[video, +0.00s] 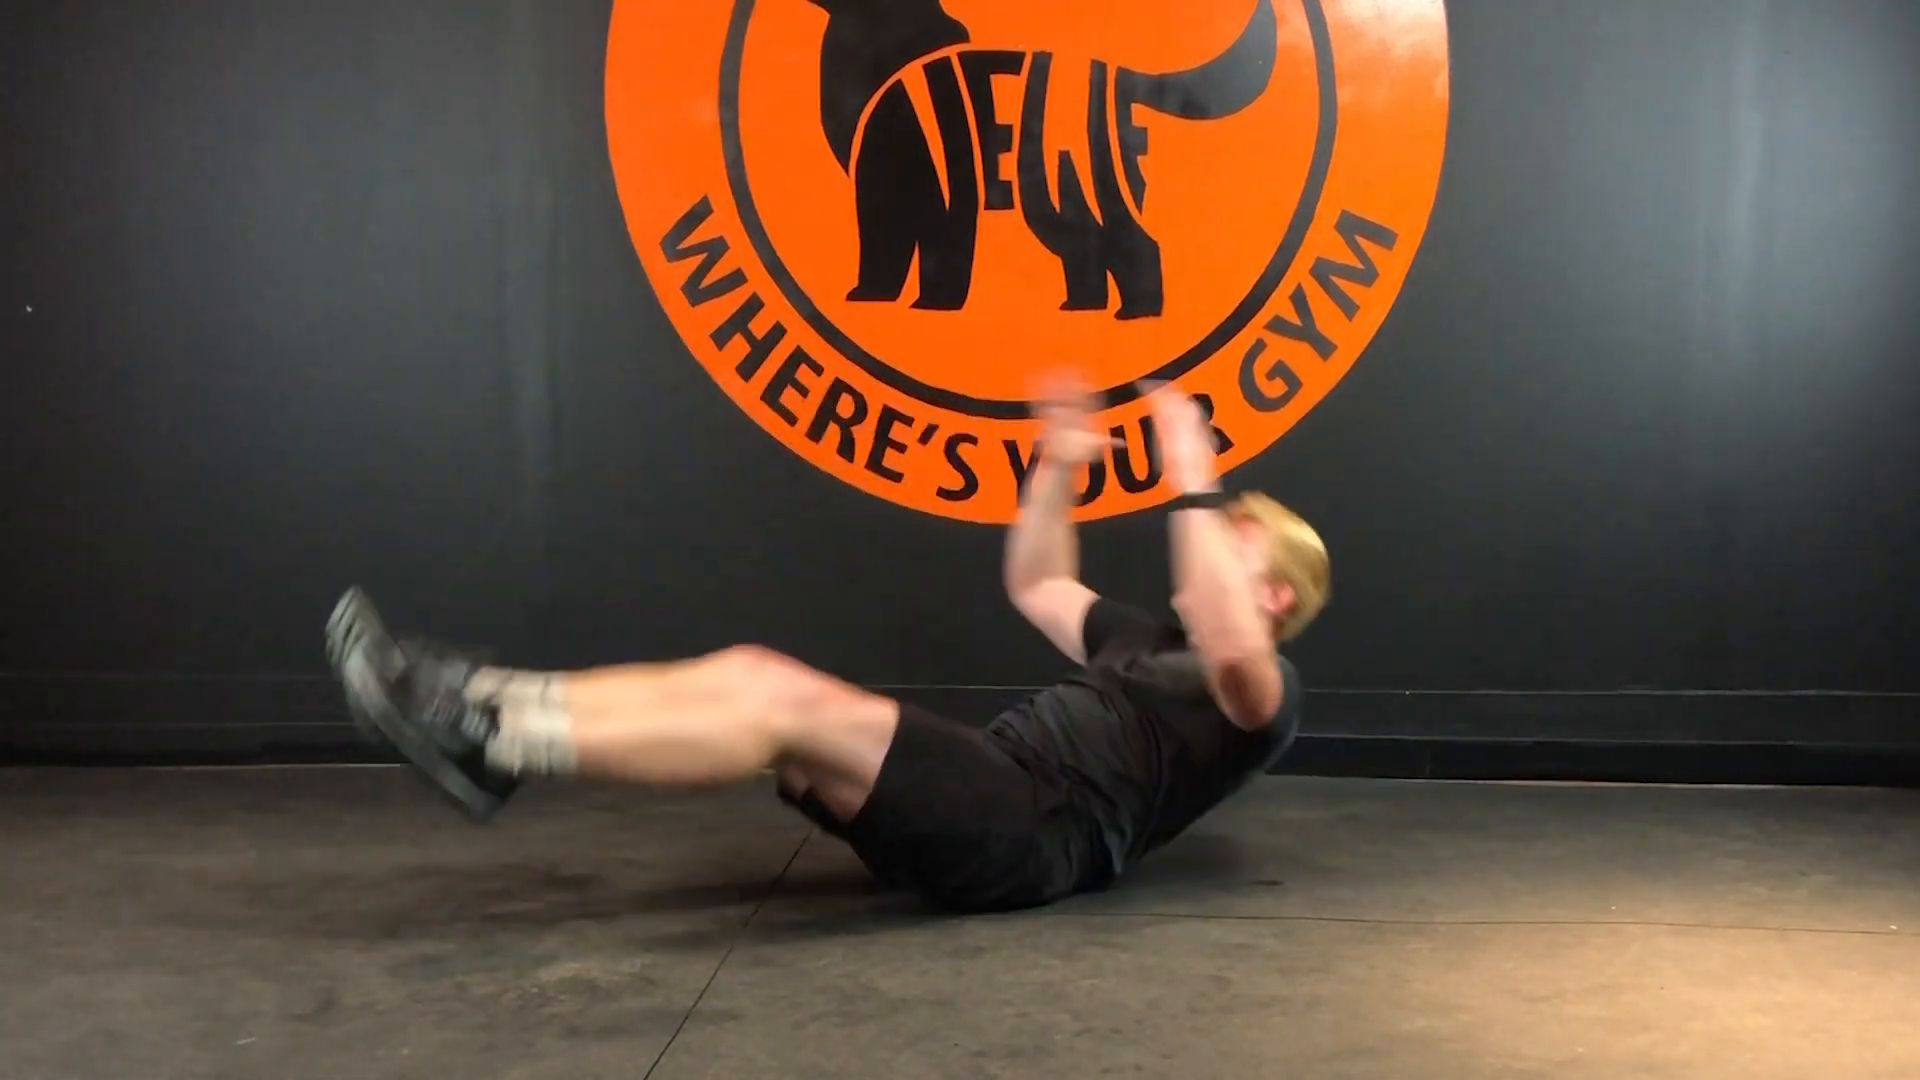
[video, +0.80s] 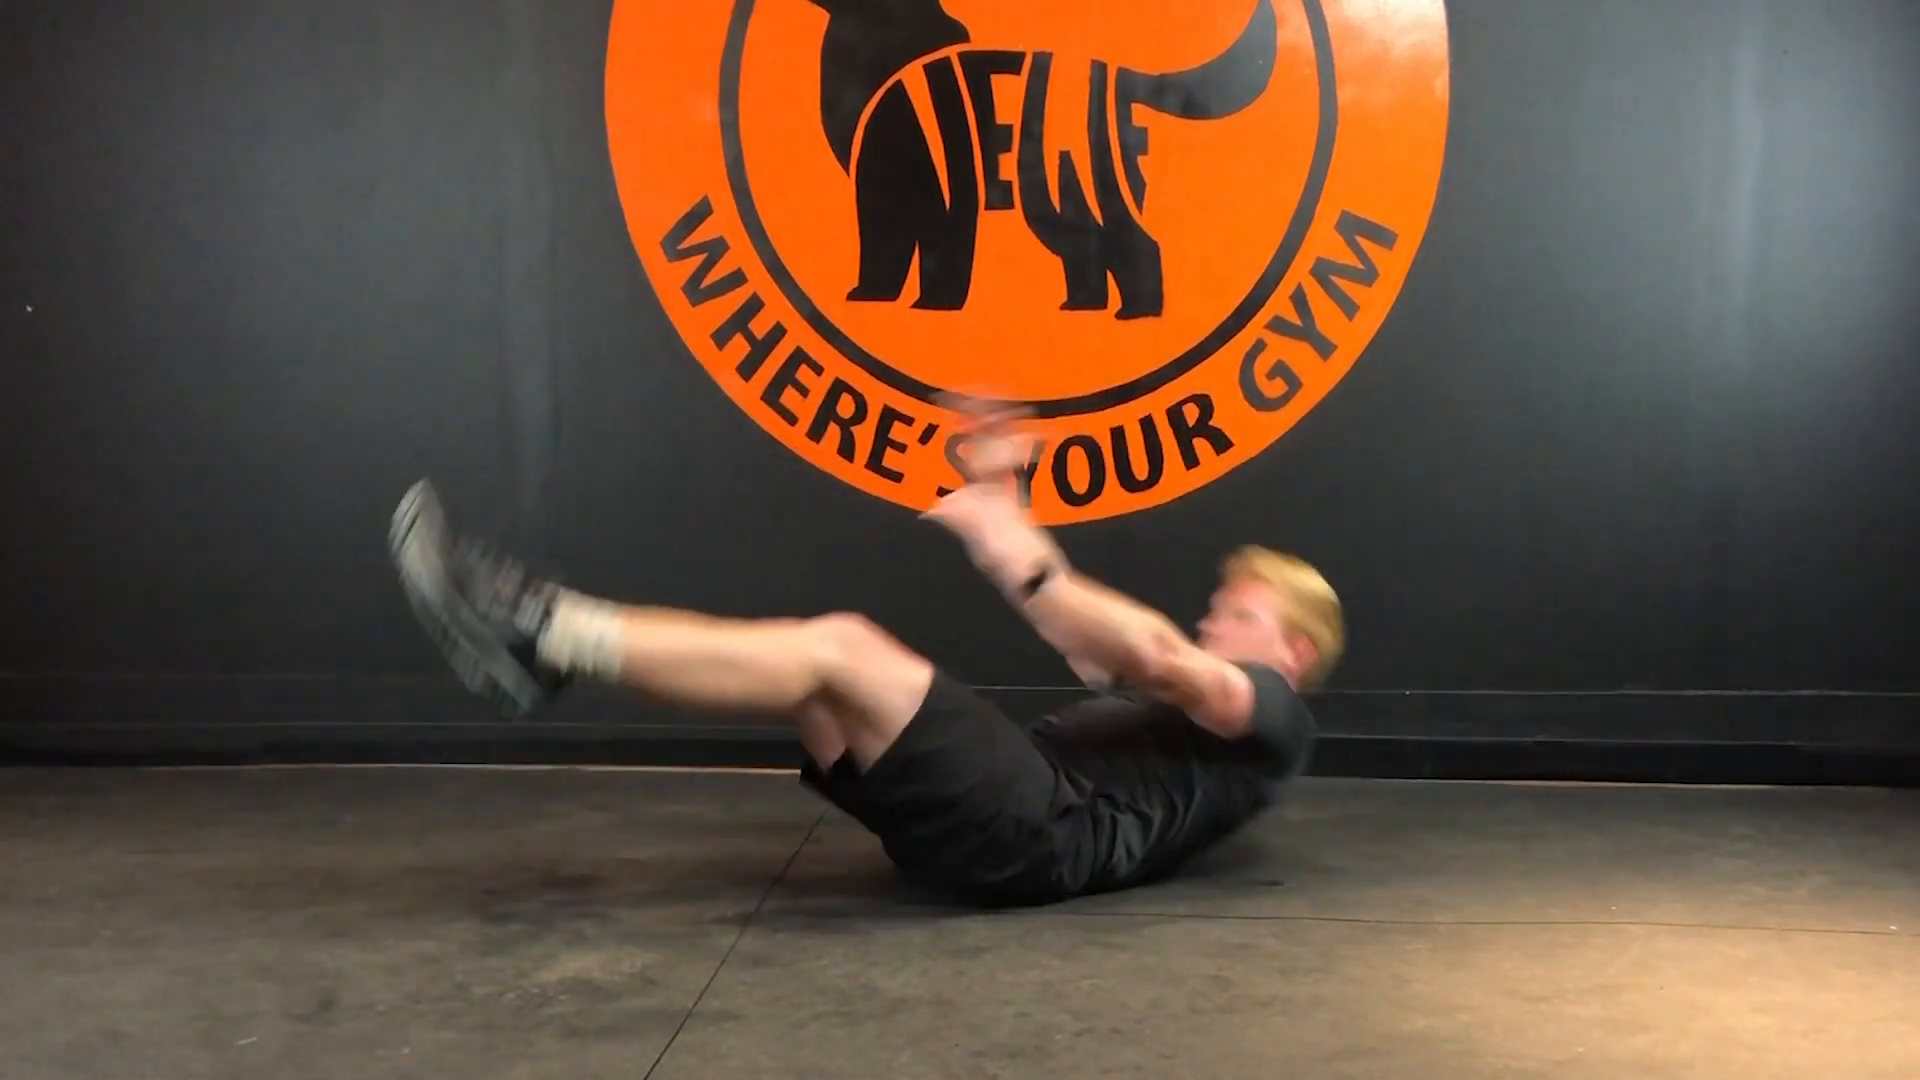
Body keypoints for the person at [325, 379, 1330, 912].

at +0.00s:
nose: (1204, 554)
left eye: (1233, 550)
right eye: (1208, 543)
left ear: (1277, 601)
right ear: (1219, 567)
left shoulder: (1252, 702)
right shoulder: (1146, 646)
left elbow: (1224, 632)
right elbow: (1041, 583)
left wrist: (1191, 474)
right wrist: (1056, 471)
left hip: (1028, 829)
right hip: (965, 792)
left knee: (776, 692)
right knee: (750, 671)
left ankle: (475, 721)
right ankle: (487, 725)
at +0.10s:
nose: (1233, 582)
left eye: (1262, 580)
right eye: (1243, 570)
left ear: (1301, 632)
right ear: (1236, 600)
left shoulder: (1257, 723)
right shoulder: (1162, 678)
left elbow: (1315, 649)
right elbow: (1100, 600)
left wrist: (1313, 514)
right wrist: (1168, 488)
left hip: (1025, 825)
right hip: (965, 788)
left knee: (767, 759)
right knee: (733, 740)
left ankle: (484, 800)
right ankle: (460, 787)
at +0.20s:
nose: (1270, 619)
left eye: (1299, 619)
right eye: (1272, 608)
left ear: (1328, 679)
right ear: (1247, 638)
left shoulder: (1278, 751)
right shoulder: (1181, 696)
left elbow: (1388, 691)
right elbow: (1161, 631)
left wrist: (1418, 573)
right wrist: (1260, 542)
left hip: (1031, 805)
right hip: (969, 756)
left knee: (782, 812)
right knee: (737, 777)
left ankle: (496, 848)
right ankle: (466, 840)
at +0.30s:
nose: (1289, 674)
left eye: (1315, 684)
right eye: (1287, 666)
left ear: (1340, 733)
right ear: (1253, 686)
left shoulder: (1294, 789)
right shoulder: (1183, 728)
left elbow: (1441, 760)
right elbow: (1223, 674)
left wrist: (1490, 670)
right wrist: (1333, 642)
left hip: (1031, 809)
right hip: (953, 757)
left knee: (793, 809)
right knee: (742, 780)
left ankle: (474, 867)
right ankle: (475, 864)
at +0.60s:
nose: (1361, 702)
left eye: (1383, 707)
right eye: (1360, 688)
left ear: (1381, 750)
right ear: (1328, 701)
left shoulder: (1311, 795)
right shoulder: (1223, 730)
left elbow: (1437, 730)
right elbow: (1209, 657)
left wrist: (1454, 647)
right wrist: (1359, 644)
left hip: (1047, 815)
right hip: (993, 760)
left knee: (801, 778)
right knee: (766, 789)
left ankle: (485, 801)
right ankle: (483, 812)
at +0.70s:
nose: (1301, 669)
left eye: (1322, 675)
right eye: (1306, 660)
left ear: (1341, 720)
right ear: (1292, 679)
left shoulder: (1299, 770)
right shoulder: (1200, 725)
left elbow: (1274, 646)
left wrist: (1222, 503)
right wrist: (1185, 493)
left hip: (1042, 830)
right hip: (992, 786)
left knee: (821, 709)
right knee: (784, 714)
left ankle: (503, 721)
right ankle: (511, 738)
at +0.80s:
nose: (1214, 618)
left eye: (1245, 612)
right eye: (1224, 603)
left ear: (1300, 651)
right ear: (1230, 621)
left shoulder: (1274, 717)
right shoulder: (1184, 699)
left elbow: (1171, 671)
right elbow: (1096, 641)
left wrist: (1024, 559)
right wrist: (1012, 523)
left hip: (1040, 831)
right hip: (987, 820)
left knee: (842, 644)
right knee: (811, 664)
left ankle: (548, 626)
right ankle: (540, 640)